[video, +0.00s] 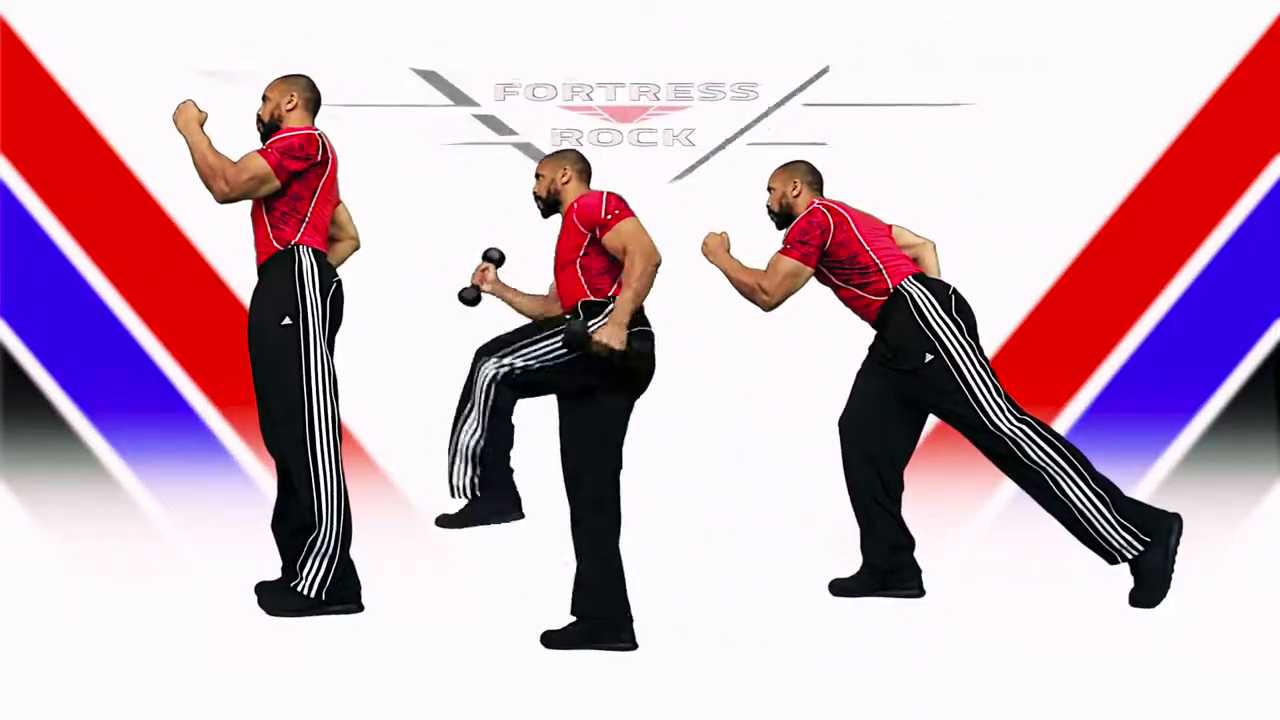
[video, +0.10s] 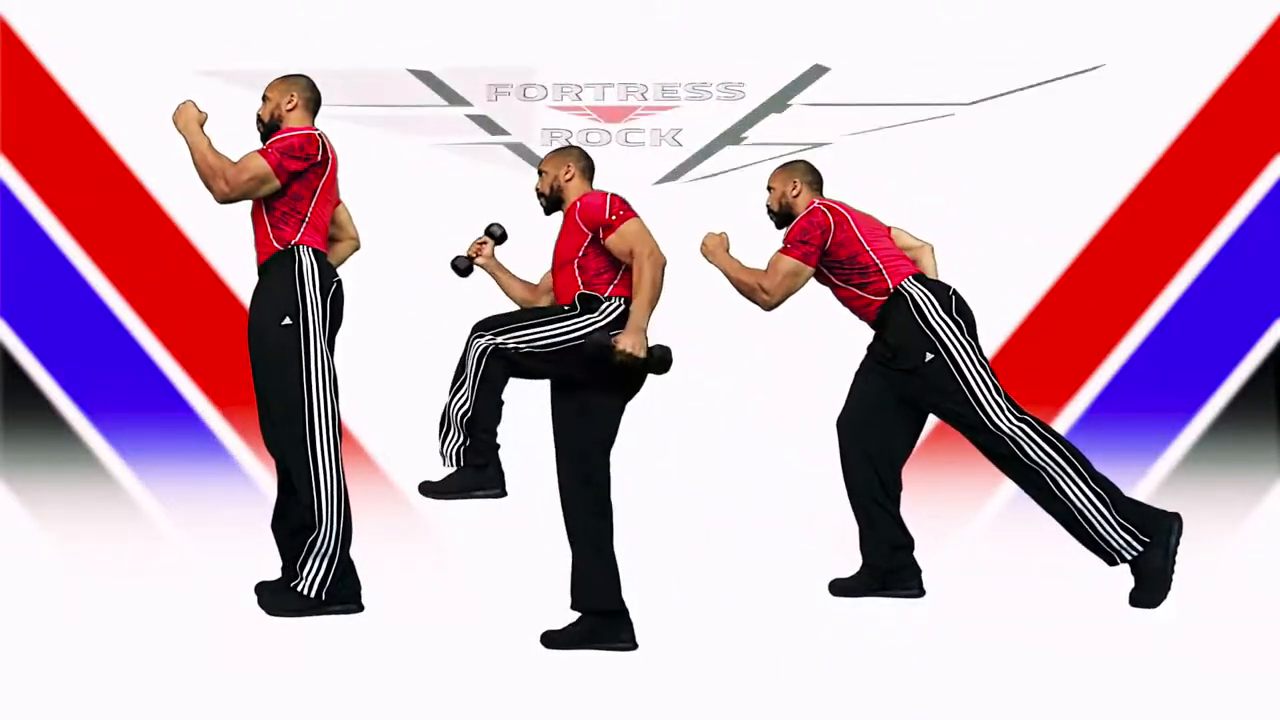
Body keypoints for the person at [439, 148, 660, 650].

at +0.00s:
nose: (534, 187)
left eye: (539, 177)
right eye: (535, 179)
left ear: (564, 175)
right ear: (565, 178)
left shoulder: (593, 202)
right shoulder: (573, 233)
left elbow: (645, 256)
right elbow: (556, 309)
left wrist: (619, 321)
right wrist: (498, 287)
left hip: (600, 335)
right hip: (607, 348)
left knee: (493, 365)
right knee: (591, 492)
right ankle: (604, 620)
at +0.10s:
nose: (537, 184)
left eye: (542, 174)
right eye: (537, 176)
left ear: (567, 171)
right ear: (570, 174)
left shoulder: (595, 202)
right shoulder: (573, 234)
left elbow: (650, 256)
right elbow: (536, 298)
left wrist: (637, 328)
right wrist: (491, 263)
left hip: (602, 318)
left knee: (487, 337)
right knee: (583, 482)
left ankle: (476, 466)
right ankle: (604, 617)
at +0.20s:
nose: (537, 184)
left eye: (542, 173)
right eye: (538, 175)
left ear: (568, 171)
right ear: (570, 174)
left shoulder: (593, 204)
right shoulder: (573, 233)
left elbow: (647, 262)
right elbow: (536, 297)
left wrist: (639, 335)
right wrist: (492, 258)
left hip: (601, 322)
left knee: (485, 346)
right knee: (581, 483)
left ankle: (488, 476)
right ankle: (603, 619)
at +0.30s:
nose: (538, 185)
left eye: (543, 175)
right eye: (539, 177)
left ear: (569, 173)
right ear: (570, 175)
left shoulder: (593, 203)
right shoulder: (571, 235)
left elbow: (643, 259)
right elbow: (539, 300)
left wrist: (640, 333)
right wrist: (495, 260)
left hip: (601, 325)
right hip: (604, 339)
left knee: (483, 354)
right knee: (580, 484)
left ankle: (491, 483)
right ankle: (603, 619)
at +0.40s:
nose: (538, 186)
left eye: (543, 177)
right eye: (538, 179)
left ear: (568, 174)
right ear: (569, 177)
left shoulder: (592, 203)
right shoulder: (572, 234)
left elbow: (644, 257)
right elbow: (539, 299)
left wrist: (639, 330)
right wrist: (494, 261)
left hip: (600, 323)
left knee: (482, 350)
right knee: (581, 485)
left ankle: (490, 479)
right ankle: (602, 619)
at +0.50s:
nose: (538, 187)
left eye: (543, 178)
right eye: (539, 180)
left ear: (568, 175)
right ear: (569, 177)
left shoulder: (593, 203)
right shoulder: (571, 234)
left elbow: (645, 255)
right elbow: (540, 301)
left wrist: (636, 326)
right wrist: (494, 263)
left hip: (599, 321)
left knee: (483, 348)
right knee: (581, 485)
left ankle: (484, 479)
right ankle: (602, 619)